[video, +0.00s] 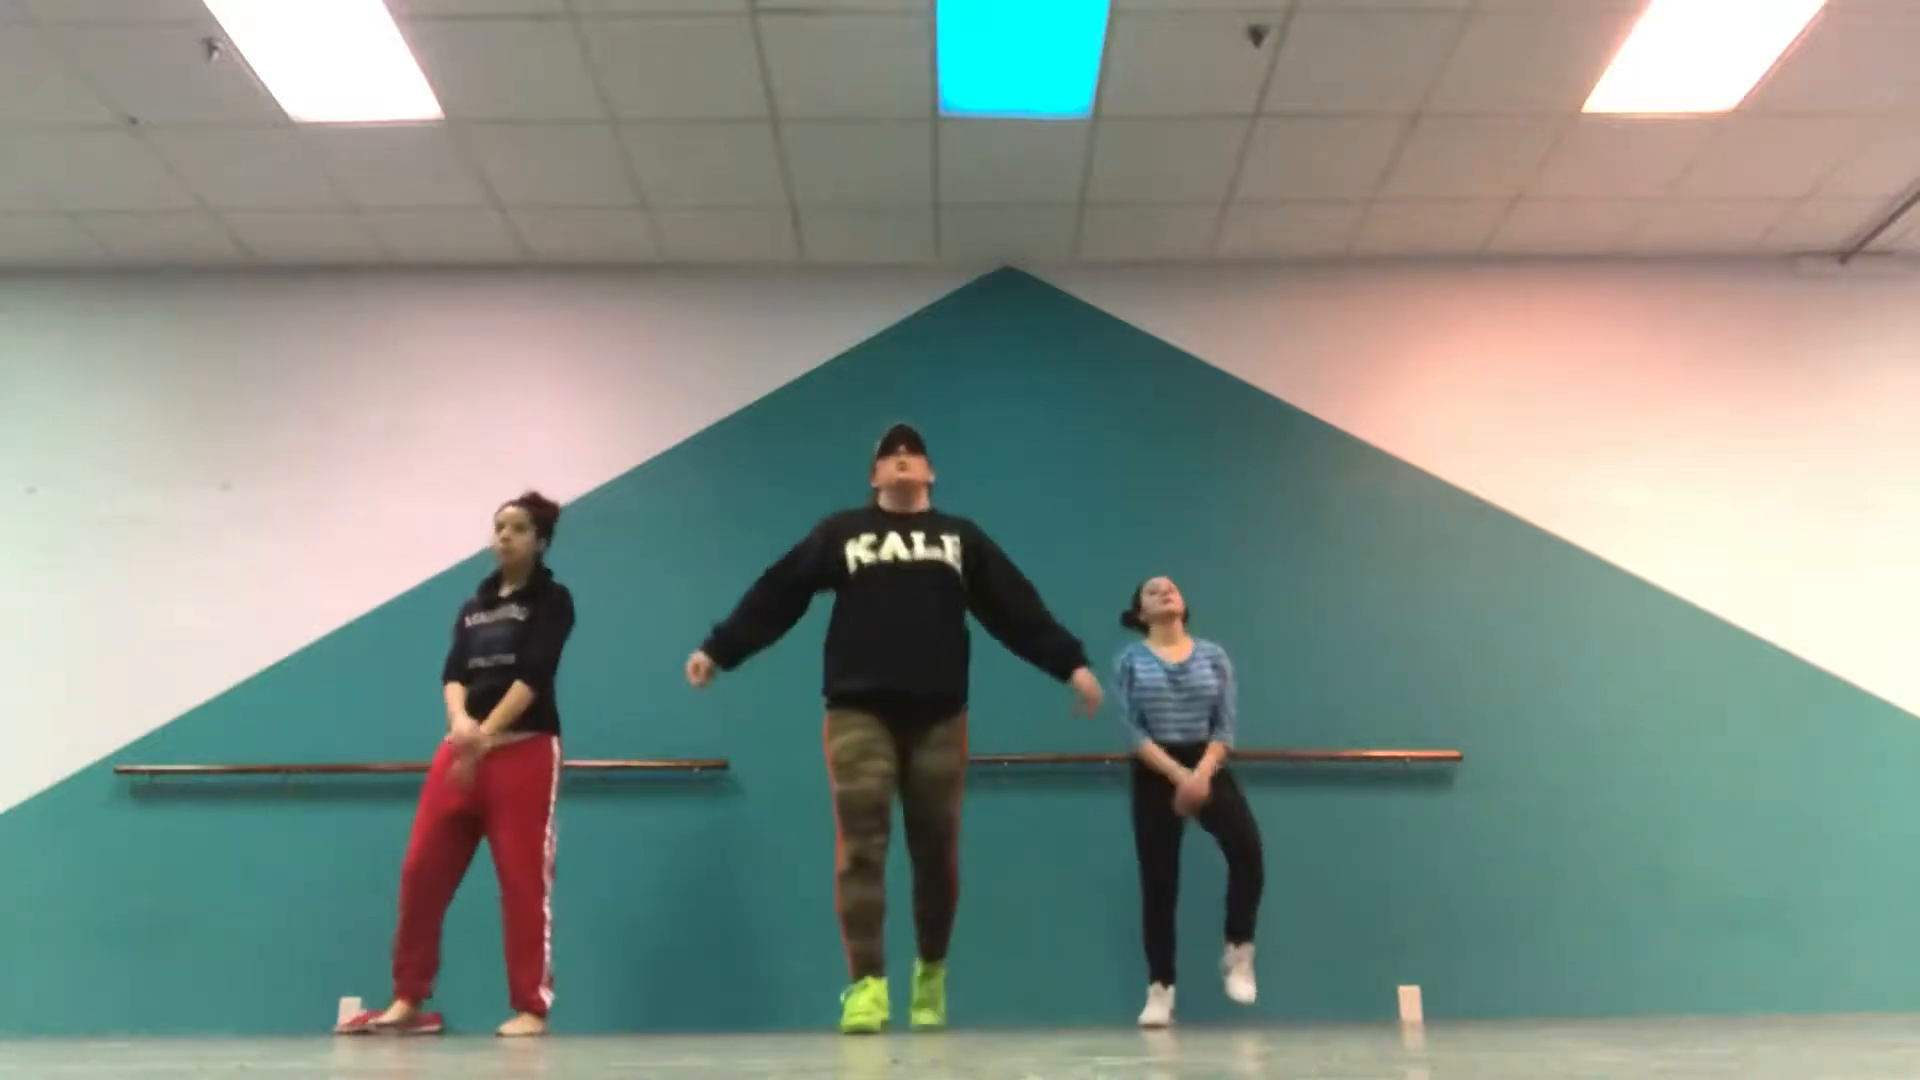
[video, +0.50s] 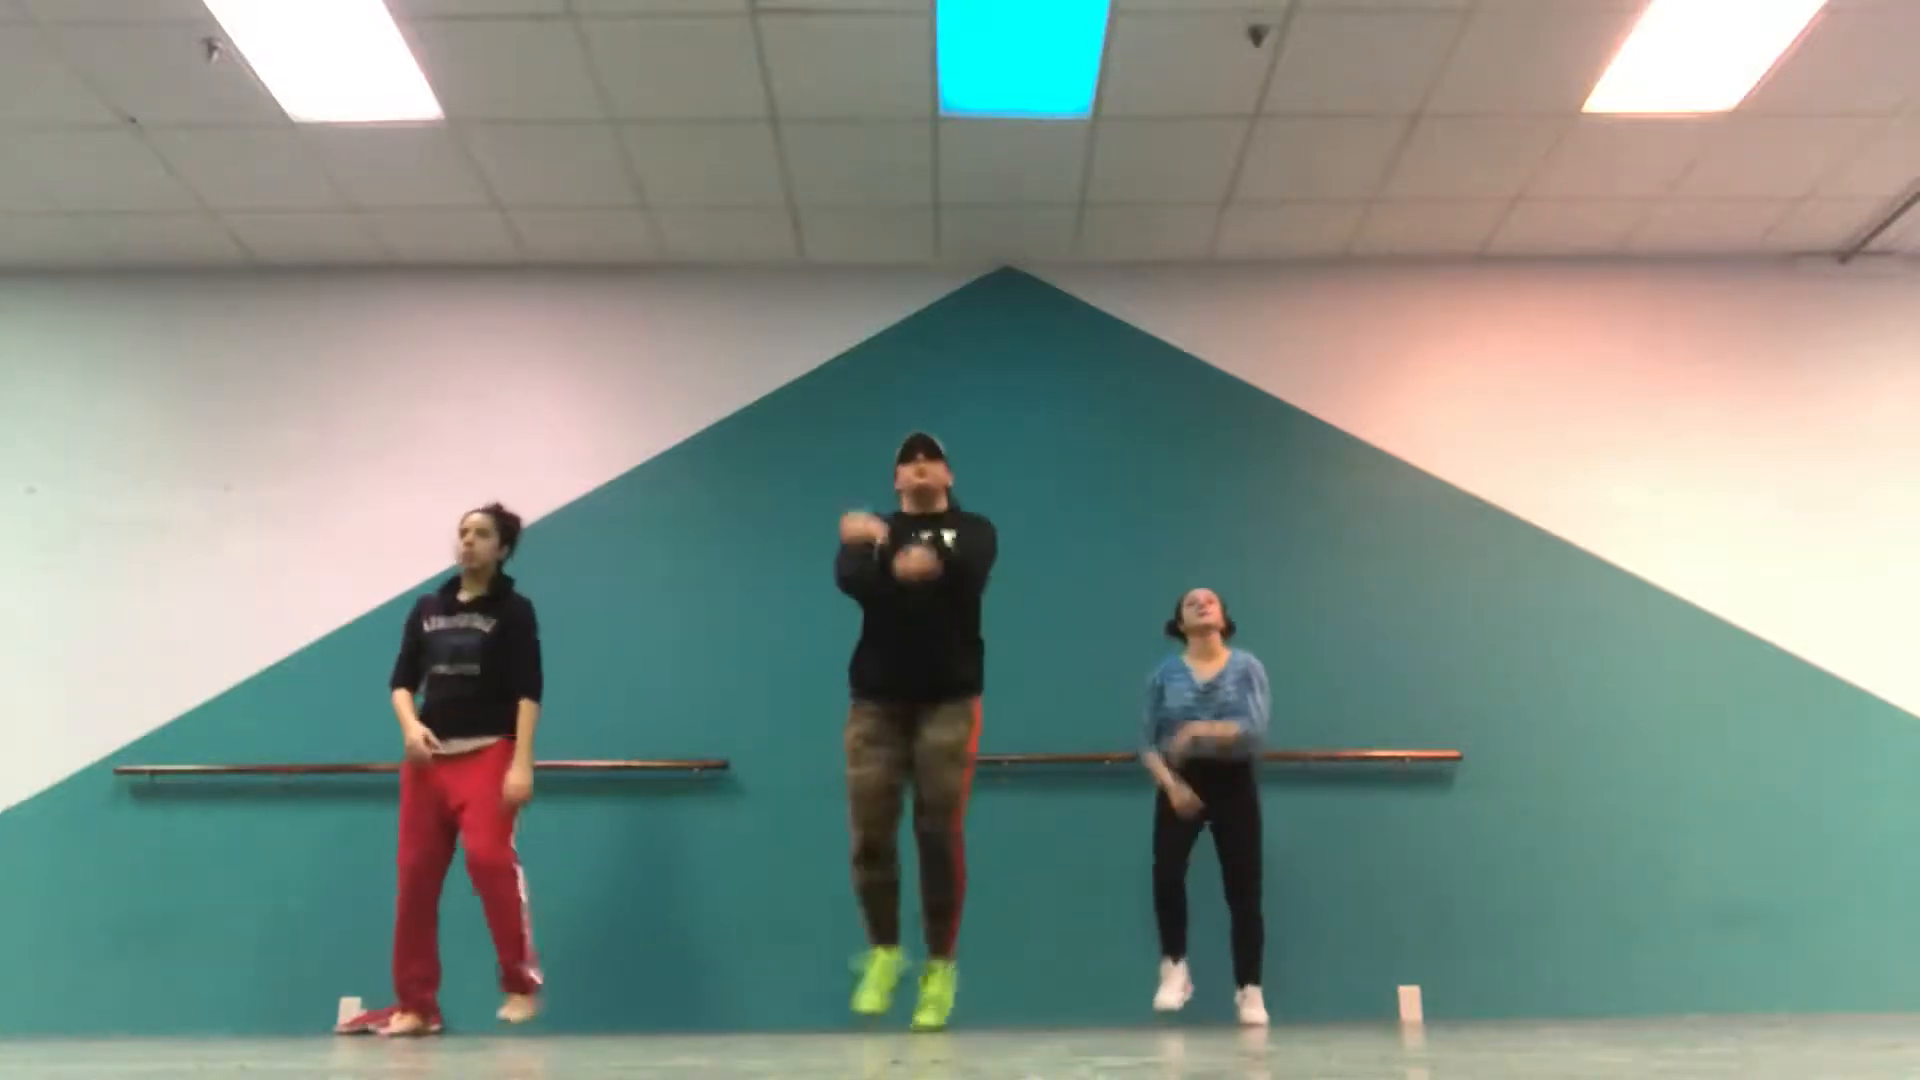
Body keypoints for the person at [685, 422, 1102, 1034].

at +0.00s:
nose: (901, 461)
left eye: (912, 454)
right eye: (890, 455)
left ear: (930, 473)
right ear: (873, 475)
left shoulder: (961, 537)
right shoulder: (839, 533)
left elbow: (1015, 605)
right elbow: (777, 594)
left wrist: (1070, 662)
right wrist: (718, 649)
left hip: (938, 709)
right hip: (858, 707)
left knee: (936, 849)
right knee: (862, 846)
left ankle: (931, 972)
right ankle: (867, 983)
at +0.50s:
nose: (919, 468)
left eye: (930, 460)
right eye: (909, 461)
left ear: (948, 475)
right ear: (895, 476)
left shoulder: (972, 529)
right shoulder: (871, 528)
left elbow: (958, 565)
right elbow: (850, 574)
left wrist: (869, 538)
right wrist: (898, 561)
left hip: (948, 699)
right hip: (876, 698)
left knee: (938, 830)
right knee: (869, 833)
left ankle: (939, 963)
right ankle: (882, 952)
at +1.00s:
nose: (929, 466)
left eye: (940, 460)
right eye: (919, 458)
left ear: (954, 475)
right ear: (900, 472)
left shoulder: (976, 534)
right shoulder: (862, 532)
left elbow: (984, 604)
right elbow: (821, 610)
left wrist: (971, 663)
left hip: (940, 699)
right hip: (862, 703)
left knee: (935, 833)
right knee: (864, 842)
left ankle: (933, 972)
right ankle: (903, 941)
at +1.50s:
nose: (931, 537)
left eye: (941, 526)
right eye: (920, 522)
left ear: (950, 533)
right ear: (891, 523)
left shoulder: (923, 601)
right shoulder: (854, 575)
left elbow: (887, 674)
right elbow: (836, 657)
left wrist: (858, 746)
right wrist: (825, 743)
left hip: (844, 754)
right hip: (767, 743)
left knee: (934, 834)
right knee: (683, 862)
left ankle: (924, 989)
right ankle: (573, 989)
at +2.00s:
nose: (803, 489)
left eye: (817, 476)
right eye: (792, 477)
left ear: (847, 483)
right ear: (781, 488)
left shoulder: (883, 535)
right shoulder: (781, 576)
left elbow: (913, 628)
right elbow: (789, 667)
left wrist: (878, 709)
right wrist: (817, 723)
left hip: (944, 696)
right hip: (864, 719)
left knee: (1013, 822)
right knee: (781, 824)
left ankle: (1118, 957)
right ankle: (805, 981)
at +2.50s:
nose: (893, 451)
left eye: (904, 441)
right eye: (882, 440)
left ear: (924, 450)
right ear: (865, 451)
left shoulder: (952, 492)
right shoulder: (844, 505)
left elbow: (948, 520)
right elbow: (765, 522)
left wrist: (868, 544)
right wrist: (817, 548)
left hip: (986, 668)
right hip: (912, 693)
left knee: (898, 723)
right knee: (945, 858)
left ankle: (1008, 785)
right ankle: (1009, 982)